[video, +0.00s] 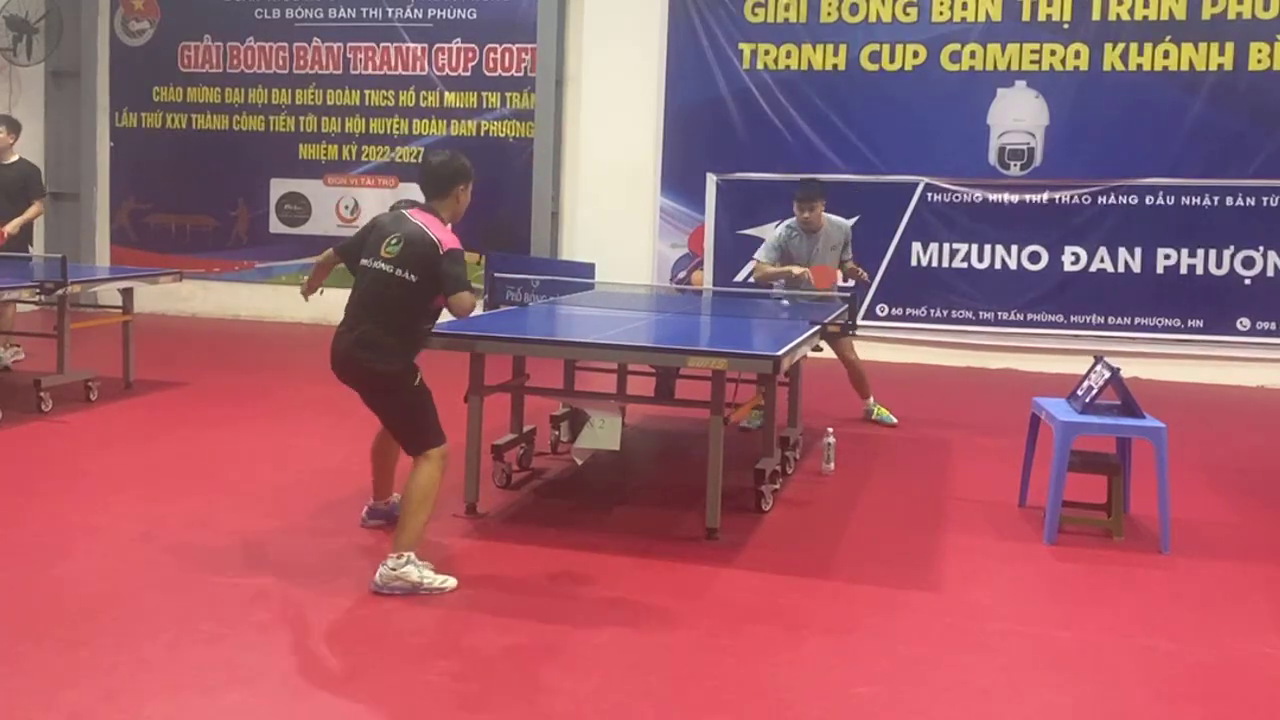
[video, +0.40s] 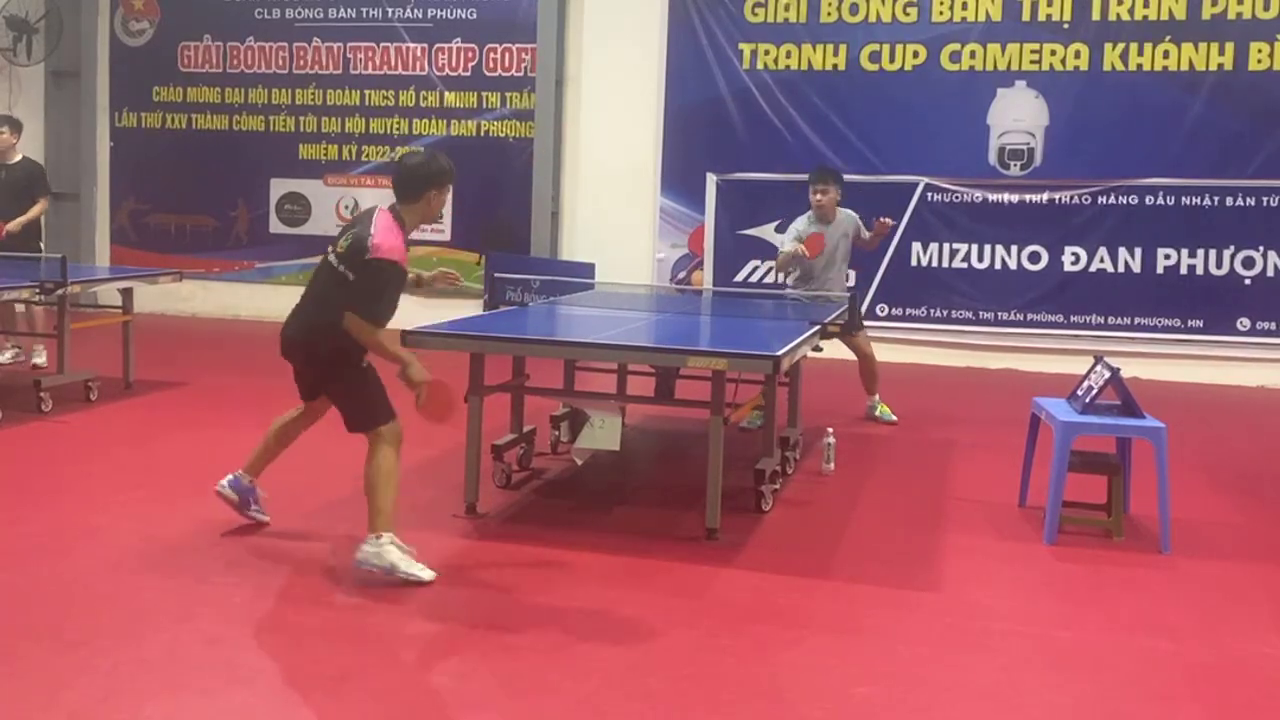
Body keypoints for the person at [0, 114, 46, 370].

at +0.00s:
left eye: (1, 134)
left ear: (12, 137)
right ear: (6, 137)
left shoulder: (28, 170)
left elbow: (39, 205)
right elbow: (38, 205)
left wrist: (16, 222)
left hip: (14, 248)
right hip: (3, 247)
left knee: (7, 300)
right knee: (5, 300)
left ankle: (5, 346)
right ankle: (10, 344)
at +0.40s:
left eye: (2, 134)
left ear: (14, 137)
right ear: (5, 137)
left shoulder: (32, 168)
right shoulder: (3, 167)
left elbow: (43, 202)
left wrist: (20, 221)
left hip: (26, 248)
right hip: (4, 248)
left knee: (31, 300)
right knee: (5, 300)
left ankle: (38, 347)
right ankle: (11, 345)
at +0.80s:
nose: (12, 135)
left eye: (18, 131)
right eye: (10, 131)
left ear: (32, 136)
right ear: (6, 136)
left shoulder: (46, 169)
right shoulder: (3, 166)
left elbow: (57, 204)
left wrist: (30, 219)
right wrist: (4, 222)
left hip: (36, 247)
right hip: (7, 247)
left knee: (43, 297)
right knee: (9, 298)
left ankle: (52, 344)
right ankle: (12, 345)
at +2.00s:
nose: (14, 141)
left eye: (20, 137)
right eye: (11, 137)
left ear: (33, 140)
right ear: (7, 140)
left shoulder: (48, 170)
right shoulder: (3, 168)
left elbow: (66, 202)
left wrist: (50, 229)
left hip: (40, 247)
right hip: (7, 247)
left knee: (46, 296)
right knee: (1, 295)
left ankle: (52, 346)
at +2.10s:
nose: (9, 143)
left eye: (15, 139)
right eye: (6, 139)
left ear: (28, 142)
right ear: (2, 142)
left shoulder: (43, 174)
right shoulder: (2, 169)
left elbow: (57, 207)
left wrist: (49, 231)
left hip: (32, 253)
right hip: (4, 253)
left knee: (42, 298)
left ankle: (52, 345)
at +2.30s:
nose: (2, 155)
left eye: (7, 151)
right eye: (0, 150)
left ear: (15, 155)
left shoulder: (18, 179)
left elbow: (25, 208)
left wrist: (32, 232)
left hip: (9, 252)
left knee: (25, 298)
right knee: (23, 299)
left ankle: (44, 346)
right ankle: (44, 346)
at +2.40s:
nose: (3, 165)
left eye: (6, 160)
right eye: (1, 160)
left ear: (12, 161)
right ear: (0, 160)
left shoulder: (12, 181)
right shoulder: (9, 181)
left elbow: (16, 208)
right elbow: (17, 208)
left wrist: (24, 233)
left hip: (3, 249)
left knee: (12, 294)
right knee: (11, 295)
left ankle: (25, 343)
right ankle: (24, 344)